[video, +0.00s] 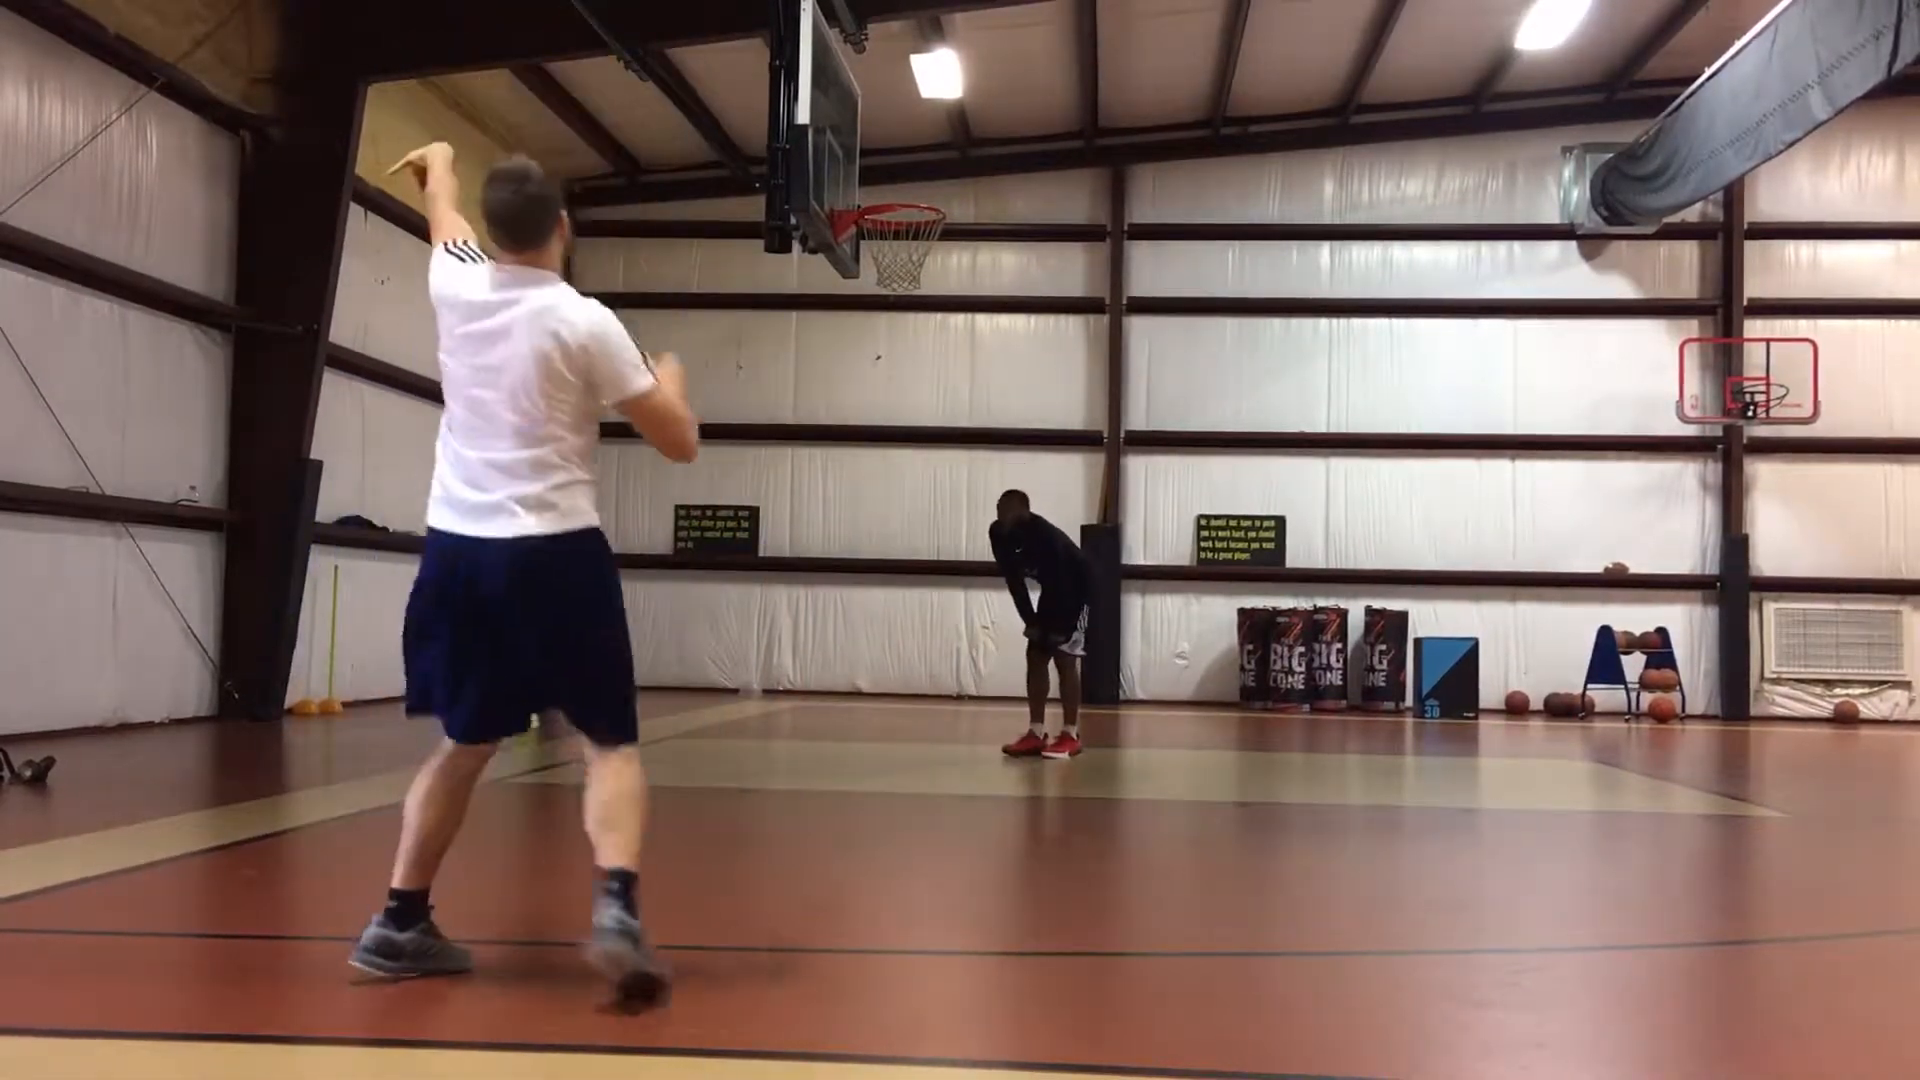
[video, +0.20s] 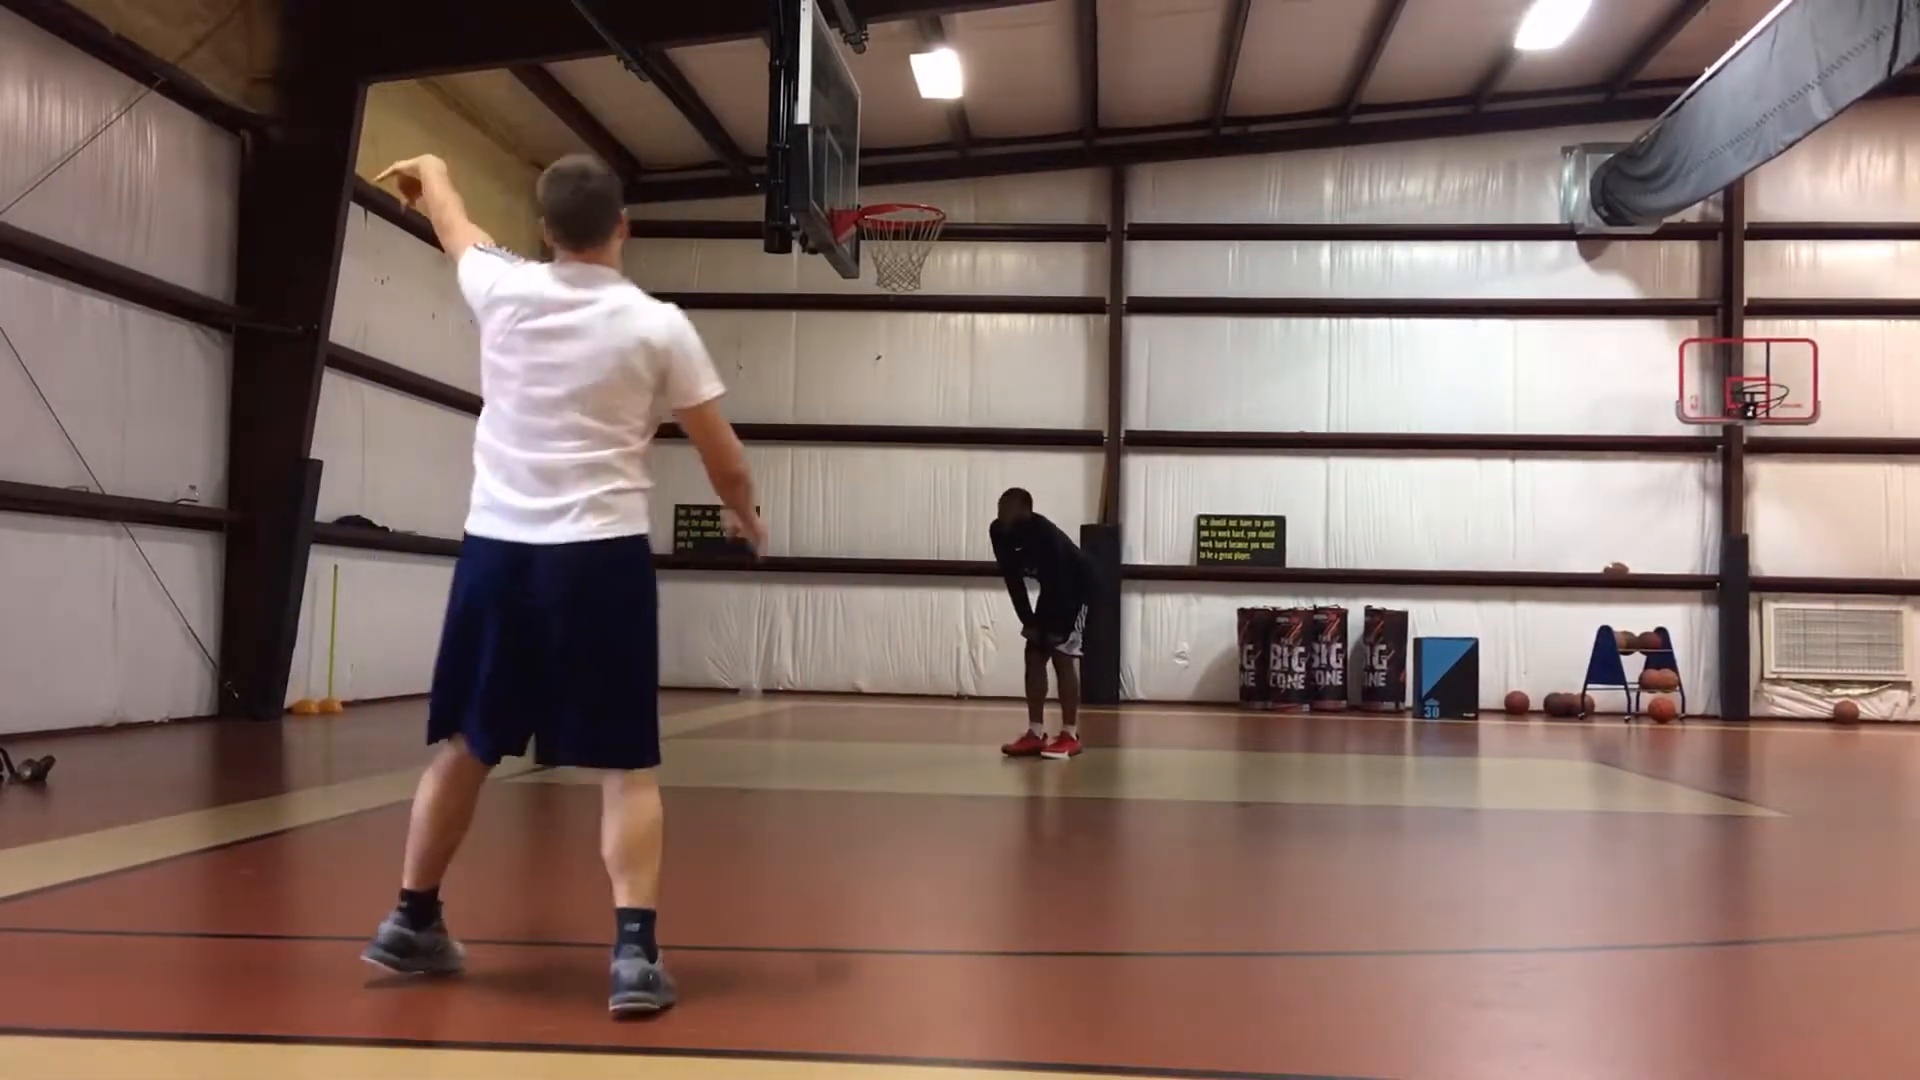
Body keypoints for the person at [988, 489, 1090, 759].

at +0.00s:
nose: (1000, 515)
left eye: (1005, 510)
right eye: (999, 510)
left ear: (1023, 511)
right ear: (999, 510)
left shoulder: (1043, 533)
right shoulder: (998, 532)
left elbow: (1069, 581)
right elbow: (1014, 581)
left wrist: (1061, 626)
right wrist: (1029, 620)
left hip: (1078, 592)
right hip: (1051, 592)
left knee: (1065, 660)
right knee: (1035, 656)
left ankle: (1070, 735)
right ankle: (1036, 733)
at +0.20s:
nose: (1000, 513)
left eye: (1006, 509)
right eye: (1000, 508)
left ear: (1023, 511)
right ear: (1000, 508)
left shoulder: (1044, 532)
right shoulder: (999, 531)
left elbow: (1063, 581)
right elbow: (1012, 579)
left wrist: (1057, 626)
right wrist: (1027, 620)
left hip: (1080, 591)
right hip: (1051, 591)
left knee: (1063, 659)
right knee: (1034, 656)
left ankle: (1069, 735)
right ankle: (1035, 734)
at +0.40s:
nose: (1002, 504)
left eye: (1009, 501)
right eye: (1004, 499)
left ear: (1027, 510)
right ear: (1008, 503)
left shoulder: (1045, 531)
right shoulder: (1001, 528)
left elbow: (1055, 584)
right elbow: (1012, 578)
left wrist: (1049, 628)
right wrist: (1025, 621)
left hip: (1079, 593)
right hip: (1050, 592)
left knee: (1058, 658)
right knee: (1031, 656)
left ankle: (1069, 735)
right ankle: (1035, 734)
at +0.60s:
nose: (1008, 496)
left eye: (1015, 492)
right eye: (1011, 491)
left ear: (1030, 502)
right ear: (1017, 498)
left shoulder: (1049, 526)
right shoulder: (1005, 525)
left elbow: (1057, 580)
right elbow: (1013, 575)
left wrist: (1047, 627)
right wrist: (1023, 620)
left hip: (1077, 591)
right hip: (1047, 590)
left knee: (1058, 658)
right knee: (1030, 657)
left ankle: (1069, 735)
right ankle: (1035, 734)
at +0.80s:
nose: (1020, 473)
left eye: (1028, 470)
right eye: (1023, 468)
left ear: (1043, 480)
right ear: (1024, 474)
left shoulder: (1059, 510)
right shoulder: (1010, 505)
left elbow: (1070, 562)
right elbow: (1012, 559)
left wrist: (1068, 610)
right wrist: (1016, 604)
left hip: (1063, 588)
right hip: (1035, 587)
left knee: (1056, 658)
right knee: (1029, 657)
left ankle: (1069, 734)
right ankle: (1035, 733)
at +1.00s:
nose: (1034, 450)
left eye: (1043, 446)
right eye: (1035, 445)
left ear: (1057, 457)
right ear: (1033, 452)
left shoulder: (1071, 494)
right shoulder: (1019, 488)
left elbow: (1076, 549)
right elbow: (1006, 533)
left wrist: (1065, 591)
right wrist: (990, 574)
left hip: (1061, 585)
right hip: (1028, 582)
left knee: (1058, 658)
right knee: (1017, 655)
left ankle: (1069, 734)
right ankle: (1034, 727)